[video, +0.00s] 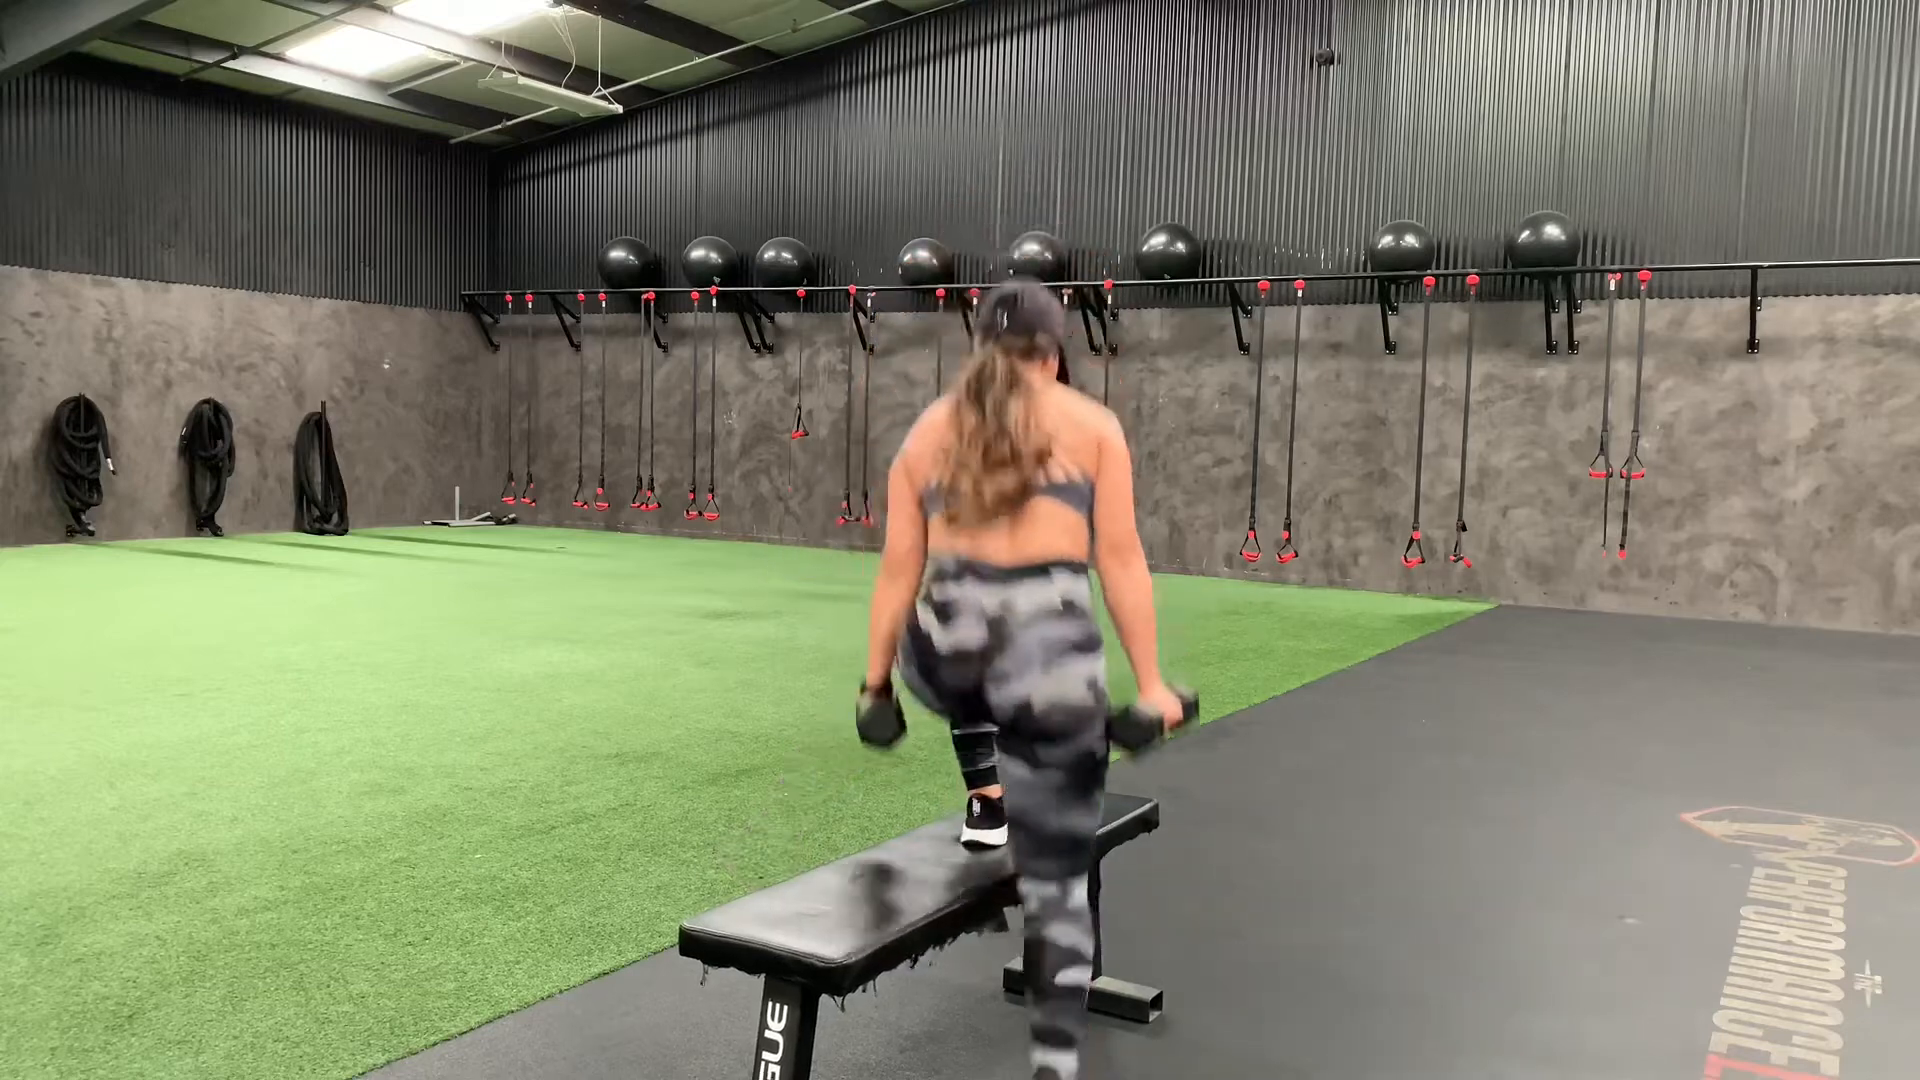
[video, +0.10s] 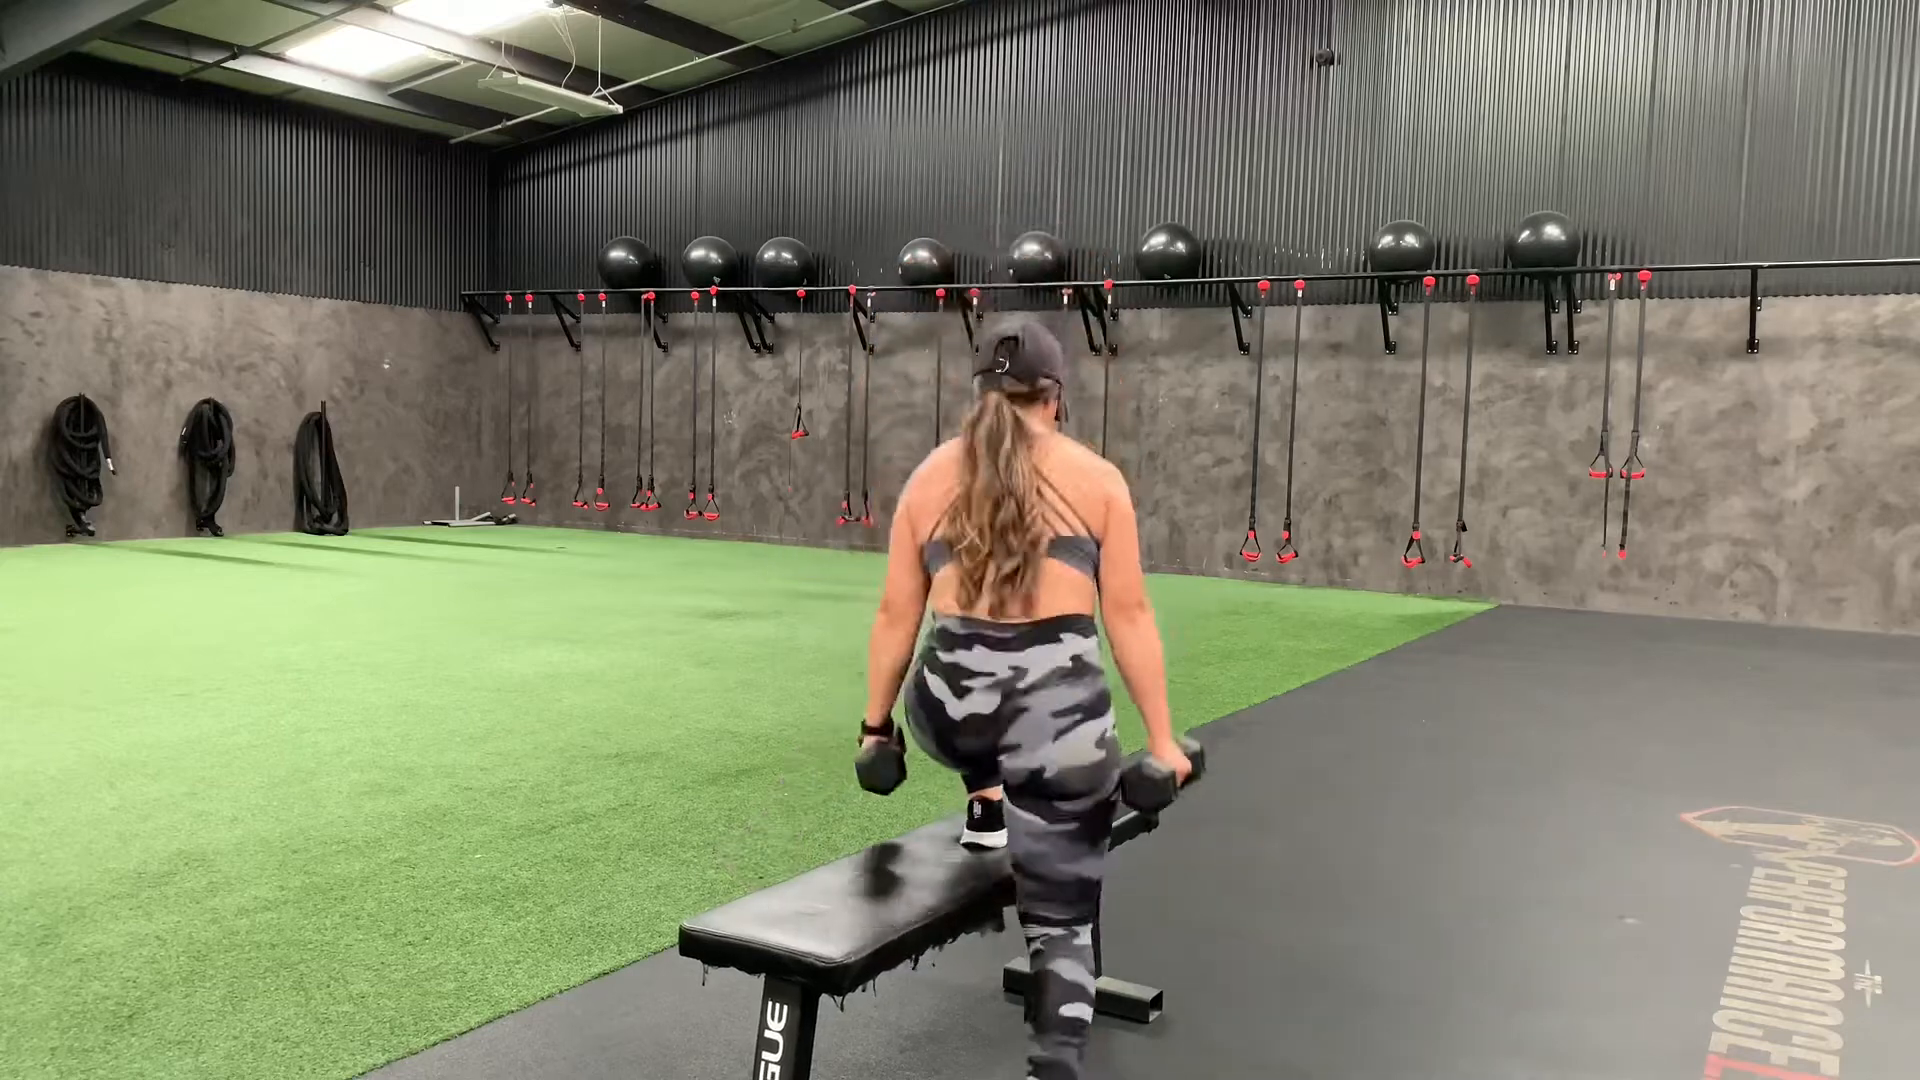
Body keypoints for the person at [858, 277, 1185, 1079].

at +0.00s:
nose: (1060, 367)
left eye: (1053, 357)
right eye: (1059, 356)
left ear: (979, 347)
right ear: (1051, 355)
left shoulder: (930, 430)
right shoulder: (1091, 424)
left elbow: (900, 567)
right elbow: (1121, 558)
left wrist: (876, 675)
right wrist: (1149, 681)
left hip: (947, 641)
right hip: (1054, 640)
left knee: (959, 690)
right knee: (1057, 863)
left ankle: (986, 795)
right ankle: (1058, 1059)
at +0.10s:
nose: (1057, 405)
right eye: (1059, 394)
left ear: (982, 390)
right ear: (1055, 395)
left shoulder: (933, 476)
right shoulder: (1097, 480)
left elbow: (897, 614)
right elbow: (1128, 618)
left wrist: (876, 721)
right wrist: (1161, 739)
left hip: (949, 708)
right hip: (1058, 713)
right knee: (1063, 916)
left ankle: (987, 801)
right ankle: (1059, 1071)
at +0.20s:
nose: (1057, 354)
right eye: (1057, 342)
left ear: (977, 335)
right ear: (1051, 341)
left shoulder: (927, 417)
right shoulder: (1089, 415)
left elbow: (898, 552)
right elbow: (1121, 547)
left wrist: (874, 658)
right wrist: (1153, 668)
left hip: (945, 629)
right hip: (1052, 627)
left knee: (965, 689)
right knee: (1054, 846)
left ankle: (985, 793)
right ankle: (1066, 1056)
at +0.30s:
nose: (1068, 272)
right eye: (1068, 262)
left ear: (984, 256)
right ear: (1057, 262)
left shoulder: (927, 334)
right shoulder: (1087, 334)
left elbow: (894, 465)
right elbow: (1112, 467)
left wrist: (868, 569)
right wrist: (1140, 585)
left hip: (920, 537)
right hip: (1026, 532)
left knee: (979, 634)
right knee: (1056, 765)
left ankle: (992, 800)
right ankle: (1077, 983)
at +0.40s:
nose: (1066, 221)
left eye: (1062, 211)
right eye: (1067, 209)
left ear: (997, 195)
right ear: (1061, 203)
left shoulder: (934, 267)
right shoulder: (1084, 271)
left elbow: (890, 396)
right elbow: (1104, 406)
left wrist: (864, 500)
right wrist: (1122, 524)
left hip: (898, 467)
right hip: (997, 466)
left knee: (965, 622)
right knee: (1053, 648)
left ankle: (987, 793)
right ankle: (1033, 813)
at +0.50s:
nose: (1070, 210)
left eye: (1069, 198)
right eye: (1071, 198)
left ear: (997, 182)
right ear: (1060, 193)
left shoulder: (930, 245)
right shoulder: (1077, 251)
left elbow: (886, 367)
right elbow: (1089, 388)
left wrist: (854, 487)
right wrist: (1108, 511)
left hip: (872, 445)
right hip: (979, 442)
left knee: (945, 583)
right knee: (1043, 600)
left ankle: (906, 756)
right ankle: (979, 768)